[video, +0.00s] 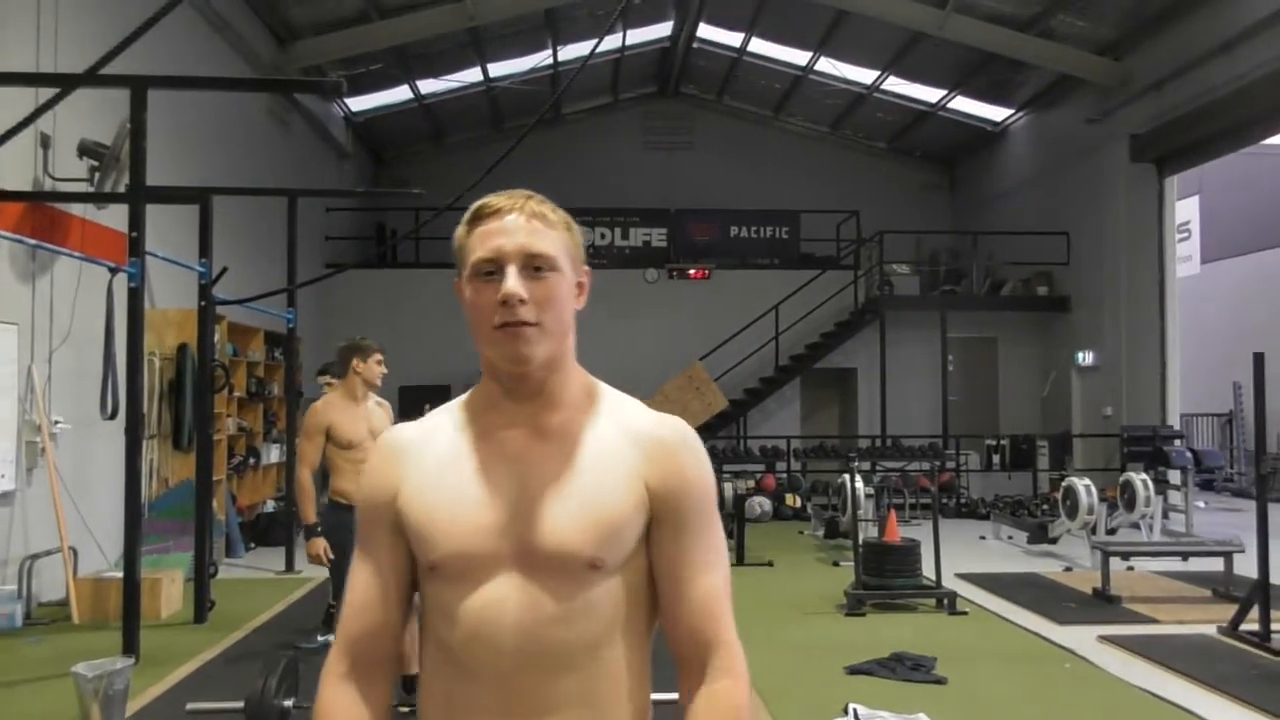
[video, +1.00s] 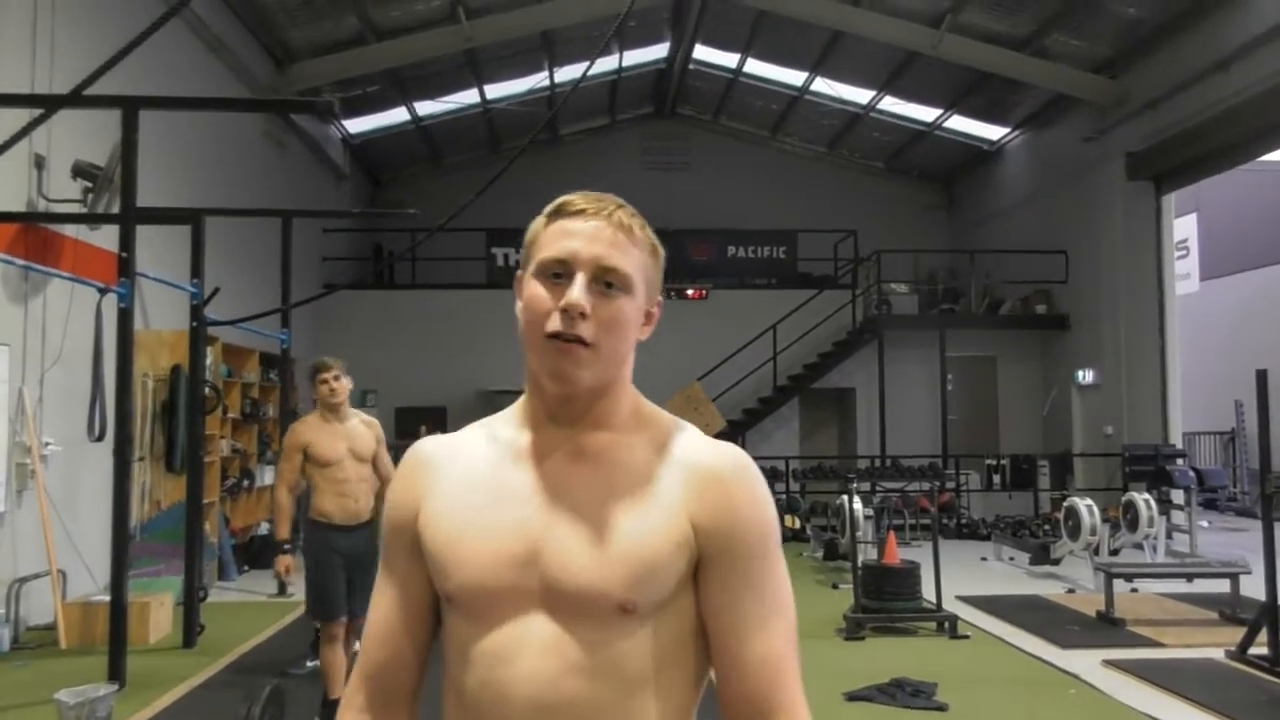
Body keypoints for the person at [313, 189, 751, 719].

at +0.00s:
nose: (512, 292)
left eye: (537, 269)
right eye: (488, 272)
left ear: (580, 290)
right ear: (462, 297)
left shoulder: (662, 450)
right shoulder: (400, 459)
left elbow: (712, 668)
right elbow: (357, 673)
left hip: (605, 713)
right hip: (449, 714)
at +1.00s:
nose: (574, 301)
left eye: (607, 285)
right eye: (554, 274)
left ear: (648, 319)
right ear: (519, 295)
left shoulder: (716, 481)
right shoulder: (431, 472)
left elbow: (770, 709)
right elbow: (375, 700)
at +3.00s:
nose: (590, 358)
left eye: (625, 339)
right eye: (571, 327)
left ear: (659, 374)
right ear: (532, 343)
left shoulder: (726, 541)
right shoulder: (427, 526)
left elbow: (768, 711)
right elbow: (382, 712)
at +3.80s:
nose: (580, 373)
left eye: (614, 354)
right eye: (559, 345)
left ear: (649, 389)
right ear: (519, 364)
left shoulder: (718, 565)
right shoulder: (415, 547)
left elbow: (760, 709)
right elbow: (369, 711)